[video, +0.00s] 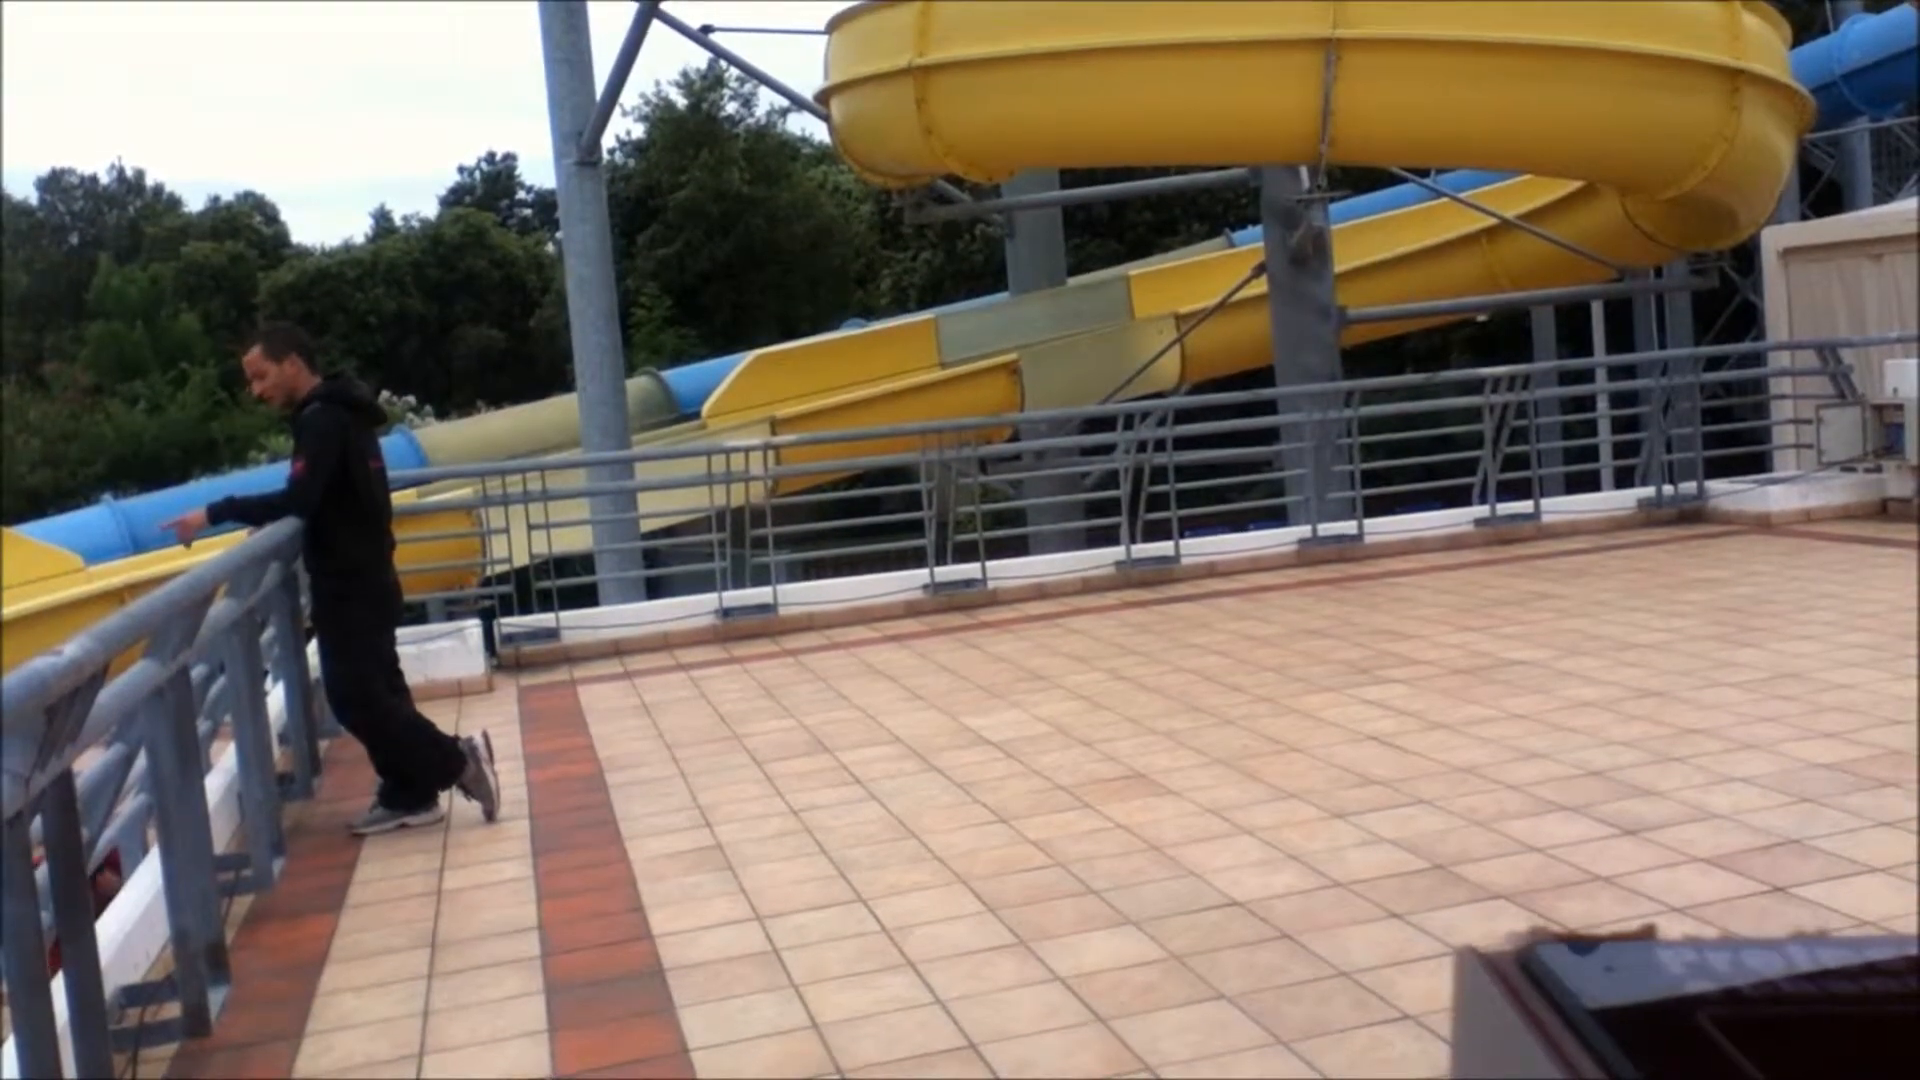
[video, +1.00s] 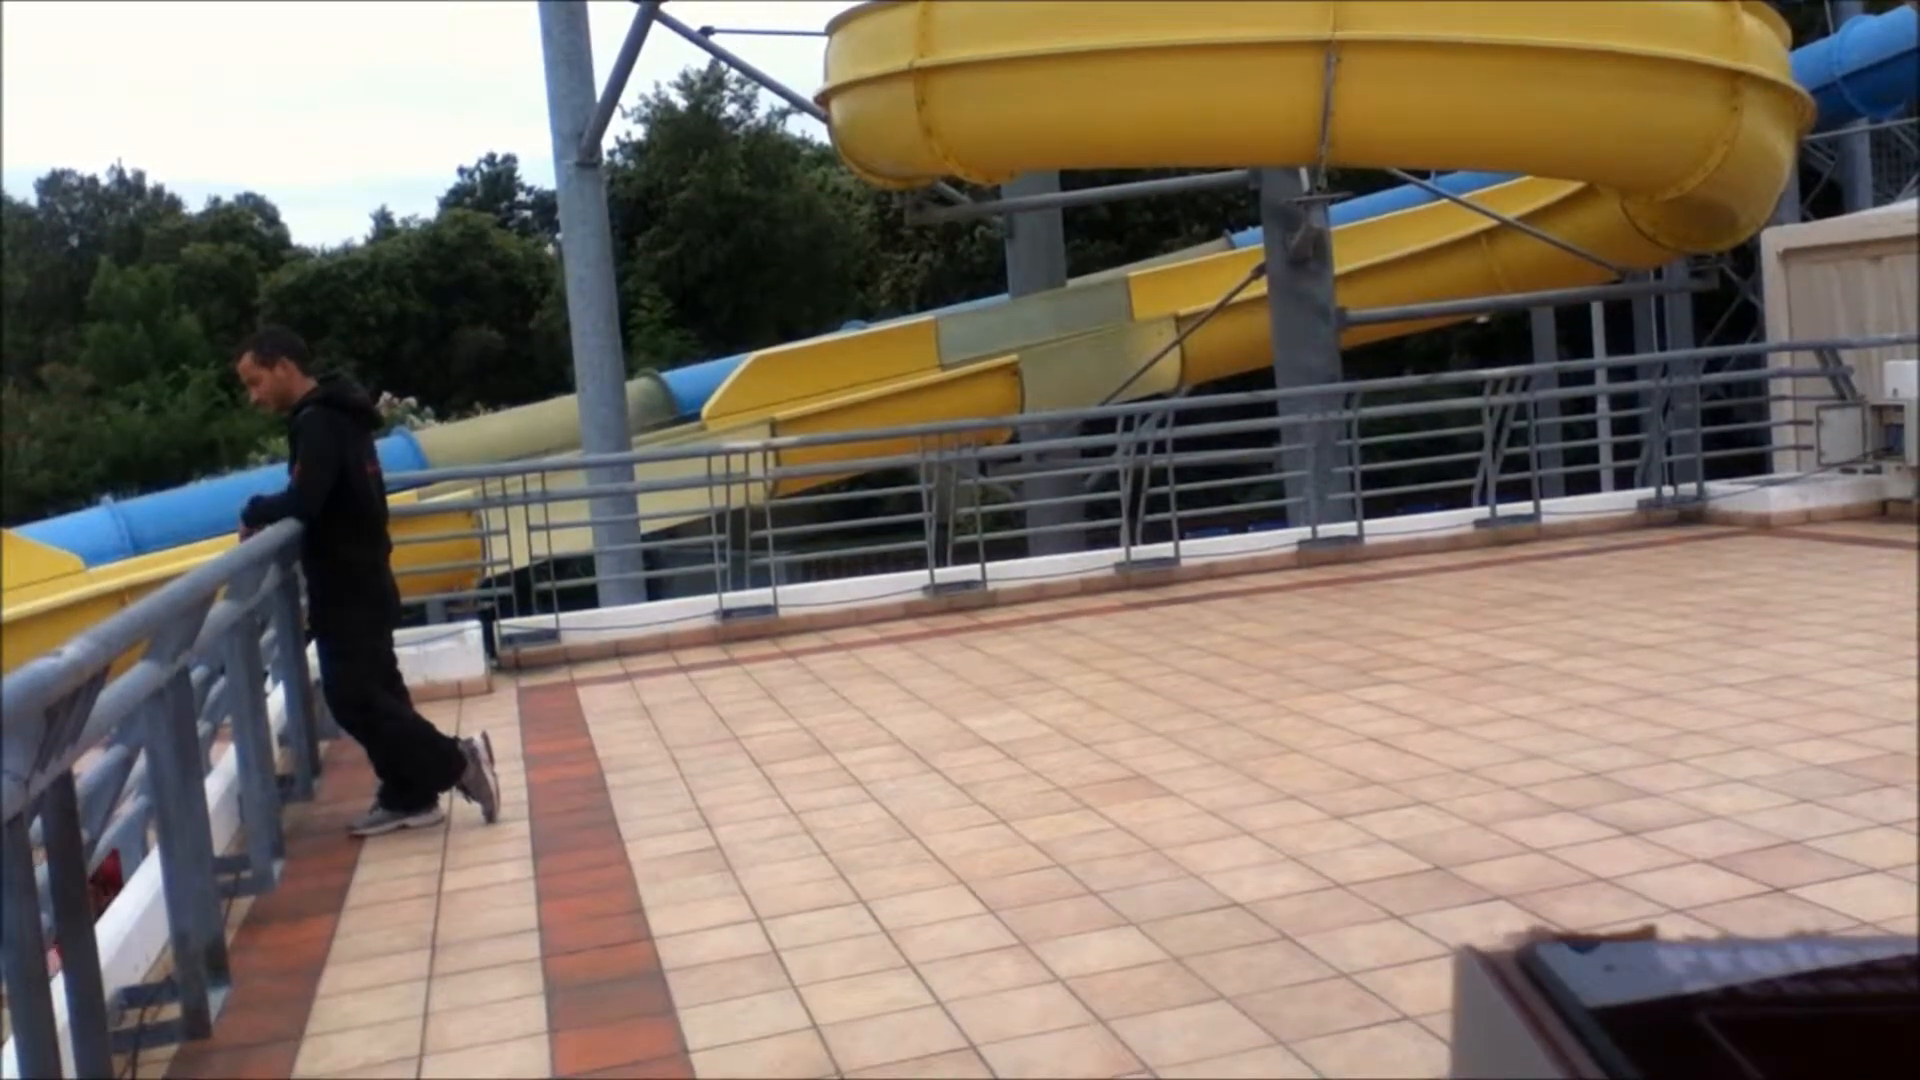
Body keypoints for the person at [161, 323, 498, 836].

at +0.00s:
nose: (256, 391)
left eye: (259, 377)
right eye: (251, 381)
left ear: (292, 365)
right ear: (294, 370)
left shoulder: (320, 419)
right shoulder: (341, 409)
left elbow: (299, 502)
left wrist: (216, 513)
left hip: (349, 586)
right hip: (367, 580)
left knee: (351, 698)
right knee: (379, 687)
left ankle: (455, 762)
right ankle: (408, 797)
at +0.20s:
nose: (257, 396)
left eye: (260, 381)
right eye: (252, 386)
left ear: (292, 368)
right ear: (295, 372)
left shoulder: (320, 420)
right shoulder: (340, 410)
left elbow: (299, 503)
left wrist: (217, 514)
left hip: (348, 587)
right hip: (365, 581)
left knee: (351, 699)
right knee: (377, 687)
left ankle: (454, 763)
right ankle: (407, 798)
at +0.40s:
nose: (256, 395)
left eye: (258, 381)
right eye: (250, 385)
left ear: (289, 367)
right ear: (292, 371)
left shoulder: (317, 421)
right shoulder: (340, 412)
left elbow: (306, 501)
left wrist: (238, 505)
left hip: (347, 587)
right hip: (365, 580)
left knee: (350, 700)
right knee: (376, 687)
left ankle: (454, 759)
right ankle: (406, 796)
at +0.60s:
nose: (253, 396)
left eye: (254, 382)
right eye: (248, 386)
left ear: (286, 368)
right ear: (289, 372)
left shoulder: (317, 421)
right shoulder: (335, 411)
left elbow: (309, 500)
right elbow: (324, 498)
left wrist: (257, 510)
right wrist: (269, 510)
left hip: (347, 588)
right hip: (361, 583)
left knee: (351, 699)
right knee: (377, 688)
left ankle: (455, 761)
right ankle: (407, 798)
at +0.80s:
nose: (252, 397)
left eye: (253, 383)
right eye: (247, 387)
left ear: (285, 369)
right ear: (288, 373)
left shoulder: (316, 421)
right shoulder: (334, 411)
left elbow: (309, 500)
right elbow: (322, 498)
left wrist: (256, 514)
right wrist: (269, 514)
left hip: (346, 586)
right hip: (361, 581)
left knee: (350, 699)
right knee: (376, 688)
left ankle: (455, 762)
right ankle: (407, 799)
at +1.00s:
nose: (252, 397)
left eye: (253, 383)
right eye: (247, 387)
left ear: (284, 368)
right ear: (288, 372)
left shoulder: (317, 421)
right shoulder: (334, 411)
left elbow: (308, 501)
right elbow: (325, 498)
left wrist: (256, 513)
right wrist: (270, 513)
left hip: (347, 586)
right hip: (361, 581)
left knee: (350, 699)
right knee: (376, 687)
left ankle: (455, 761)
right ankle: (407, 798)